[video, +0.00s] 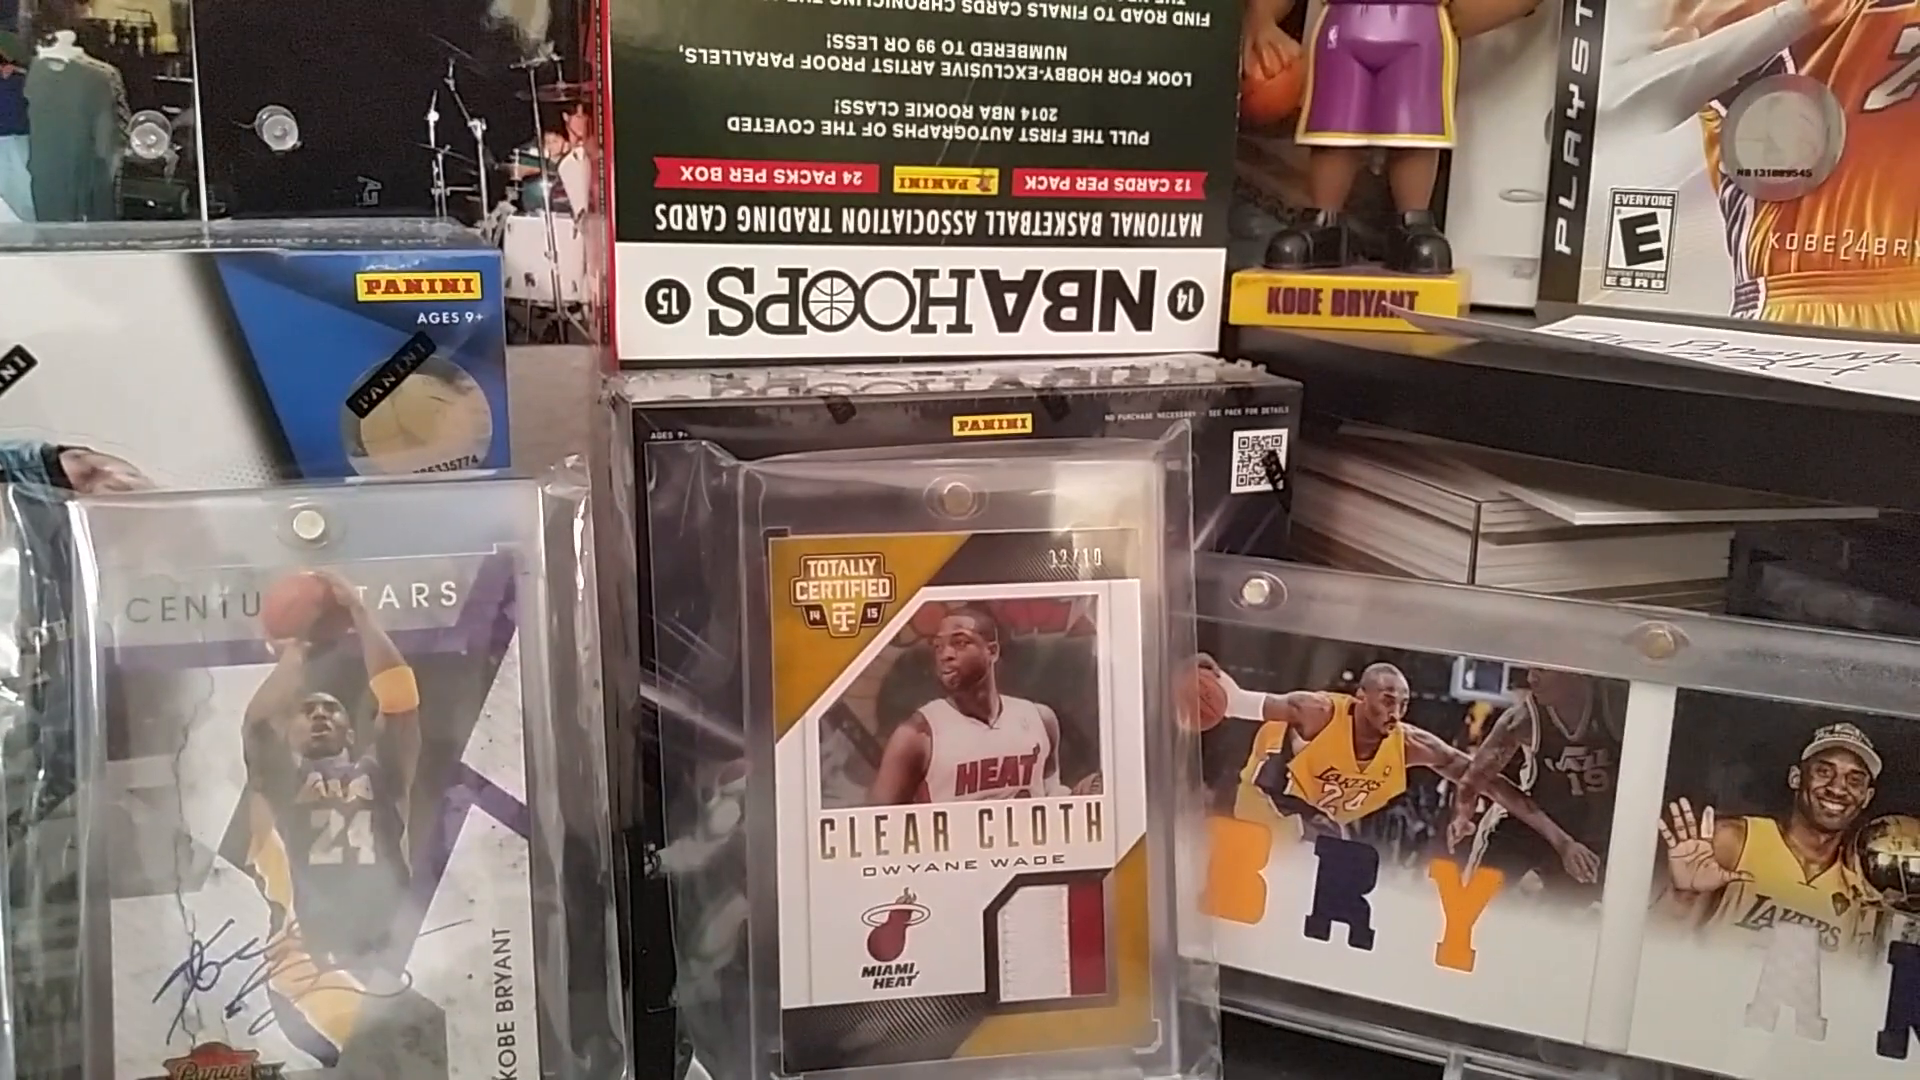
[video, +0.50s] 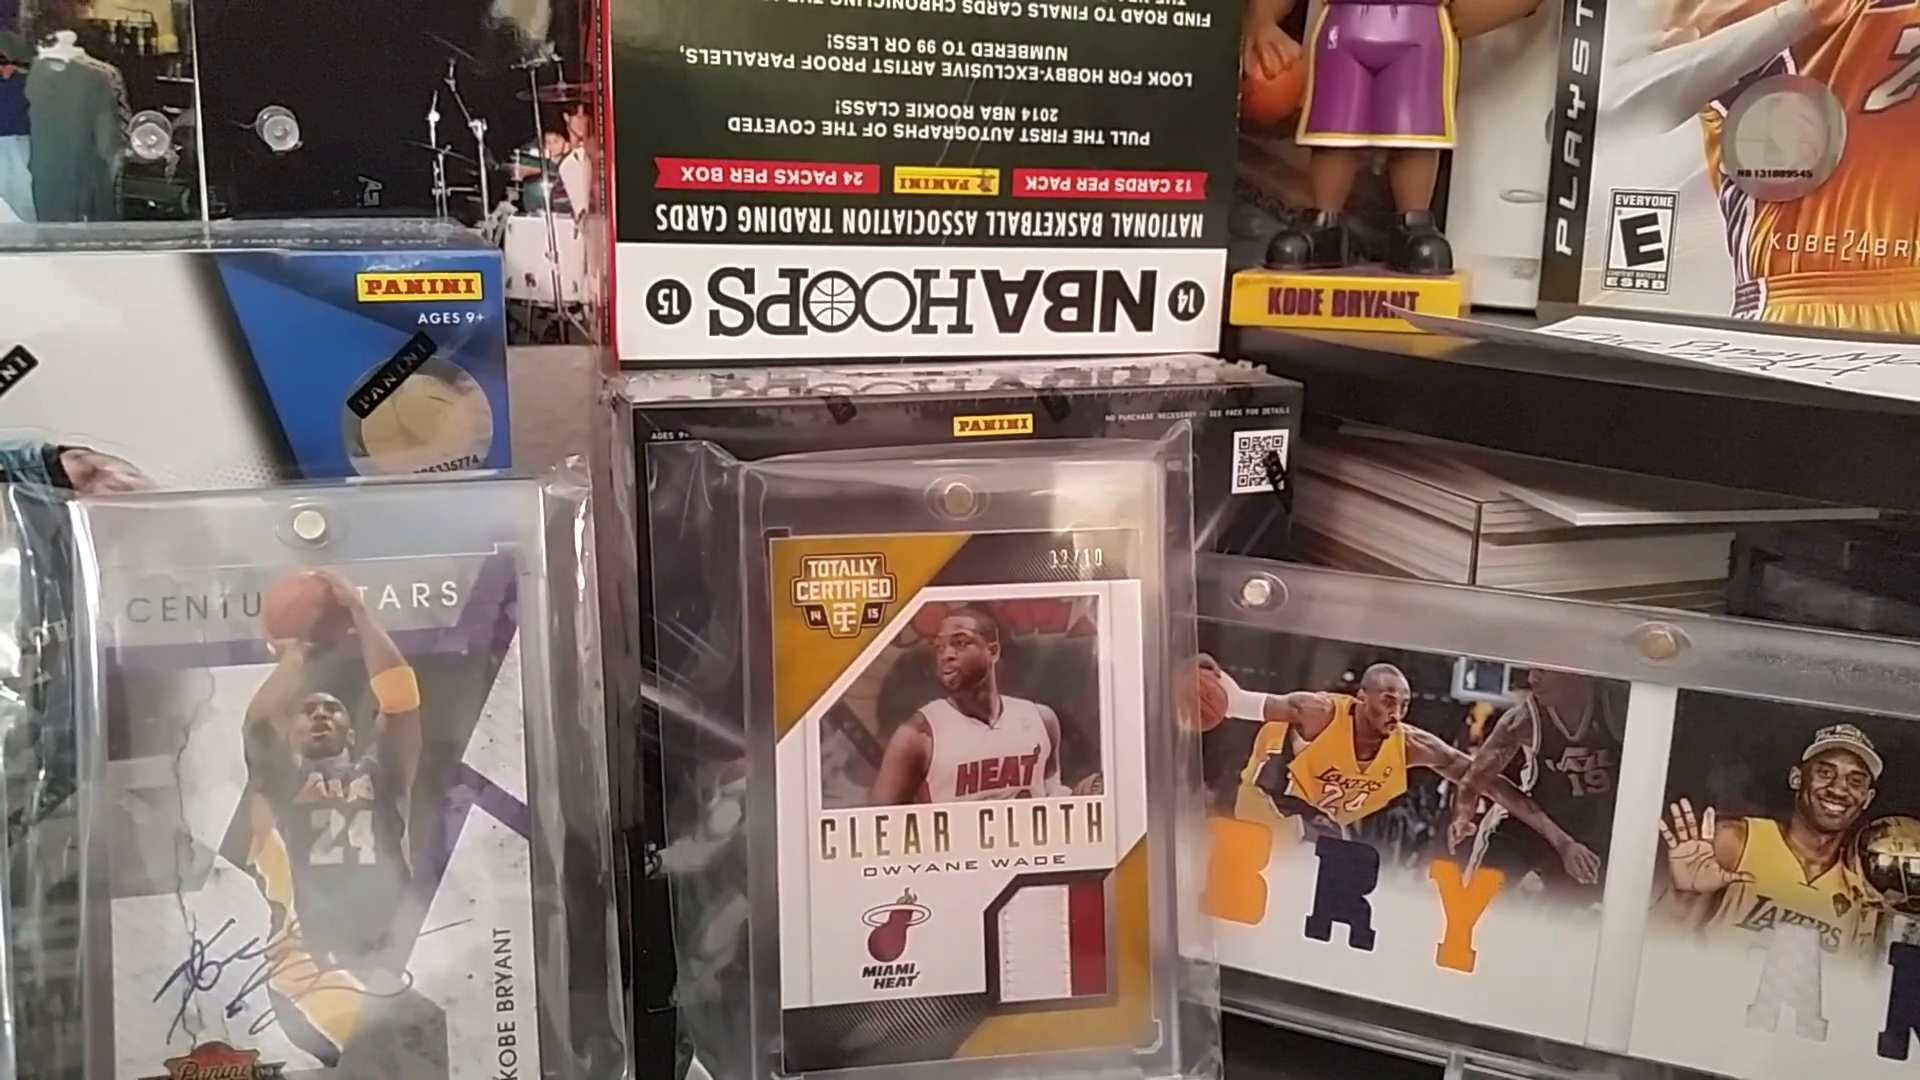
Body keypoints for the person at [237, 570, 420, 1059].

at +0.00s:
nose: (320, 716)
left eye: (331, 709)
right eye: (307, 711)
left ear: (350, 728)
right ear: (290, 732)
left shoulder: (383, 775)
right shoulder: (278, 781)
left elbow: (399, 699)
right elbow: (261, 720)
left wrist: (359, 609)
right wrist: (298, 646)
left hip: (379, 960)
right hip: (305, 963)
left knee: (427, 1032)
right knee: (391, 1036)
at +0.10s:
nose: (319, 716)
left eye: (331, 709)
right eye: (307, 711)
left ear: (350, 728)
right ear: (290, 734)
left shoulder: (383, 776)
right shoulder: (278, 783)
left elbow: (398, 698)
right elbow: (260, 719)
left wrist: (359, 610)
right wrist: (298, 645)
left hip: (378, 962)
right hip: (304, 964)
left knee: (427, 1033)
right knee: (390, 1039)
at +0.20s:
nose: (319, 716)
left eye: (331, 709)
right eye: (307, 711)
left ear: (350, 728)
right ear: (290, 734)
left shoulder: (383, 777)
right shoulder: (278, 784)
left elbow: (398, 697)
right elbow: (261, 718)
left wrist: (358, 608)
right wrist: (298, 645)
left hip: (376, 961)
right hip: (304, 963)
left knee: (426, 1032)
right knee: (392, 1036)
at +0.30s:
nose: (319, 716)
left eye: (331, 709)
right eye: (307, 711)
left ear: (350, 730)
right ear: (290, 733)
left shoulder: (383, 776)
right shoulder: (277, 783)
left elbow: (398, 699)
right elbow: (261, 718)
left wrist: (358, 608)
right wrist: (297, 647)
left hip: (379, 960)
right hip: (304, 963)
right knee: (392, 1037)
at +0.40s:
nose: (319, 715)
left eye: (331, 709)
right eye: (307, 711)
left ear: (349, 729)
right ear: (290, 732)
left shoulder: (383, 774)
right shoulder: (281, 783)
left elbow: (398, 698)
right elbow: (261, 720)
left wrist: (358, 608)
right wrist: (297, 647)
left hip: (380, 958)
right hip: (307, 959)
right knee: (379, 1043)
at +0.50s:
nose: (321, 716)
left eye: (332, 709)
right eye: (308, 711)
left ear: (351, 729)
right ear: (291, 733)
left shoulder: (382, 775)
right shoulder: (278, 781)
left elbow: (399, 698)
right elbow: (262, 719)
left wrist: (359, 608)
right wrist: (298, 647)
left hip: (378, 961)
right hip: (304, 963)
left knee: (427, 1032)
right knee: (396, 1035)